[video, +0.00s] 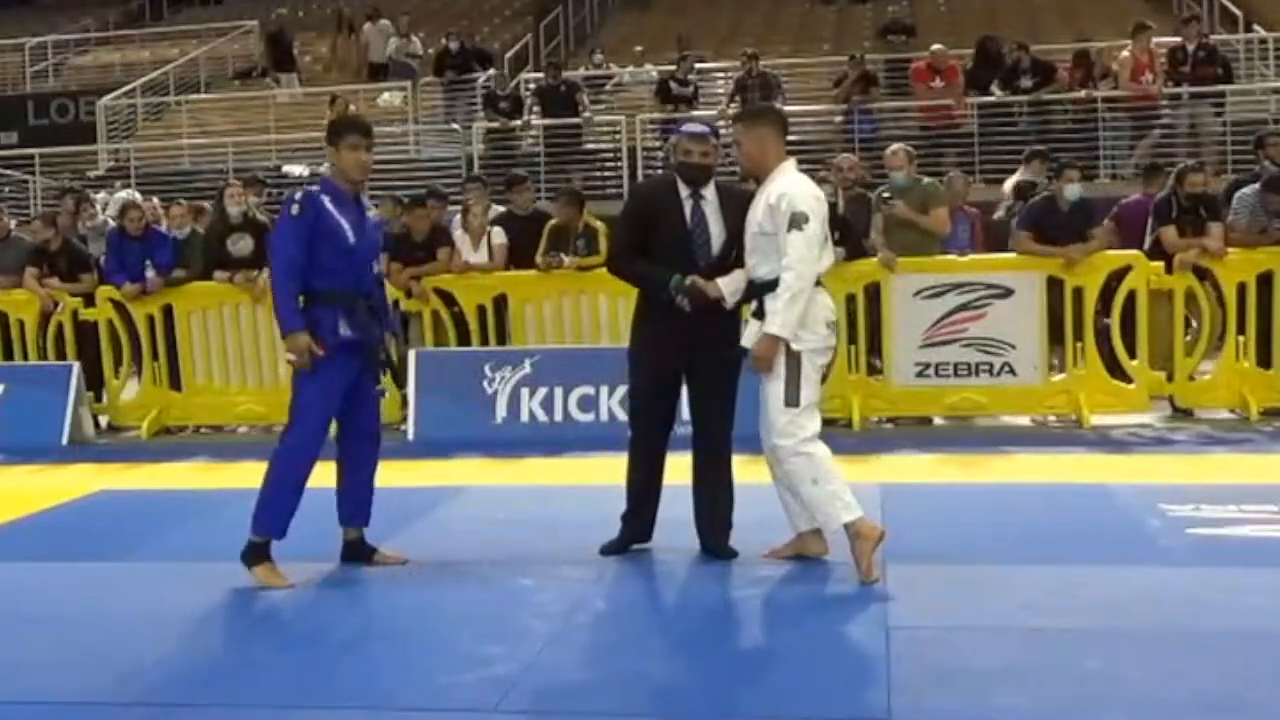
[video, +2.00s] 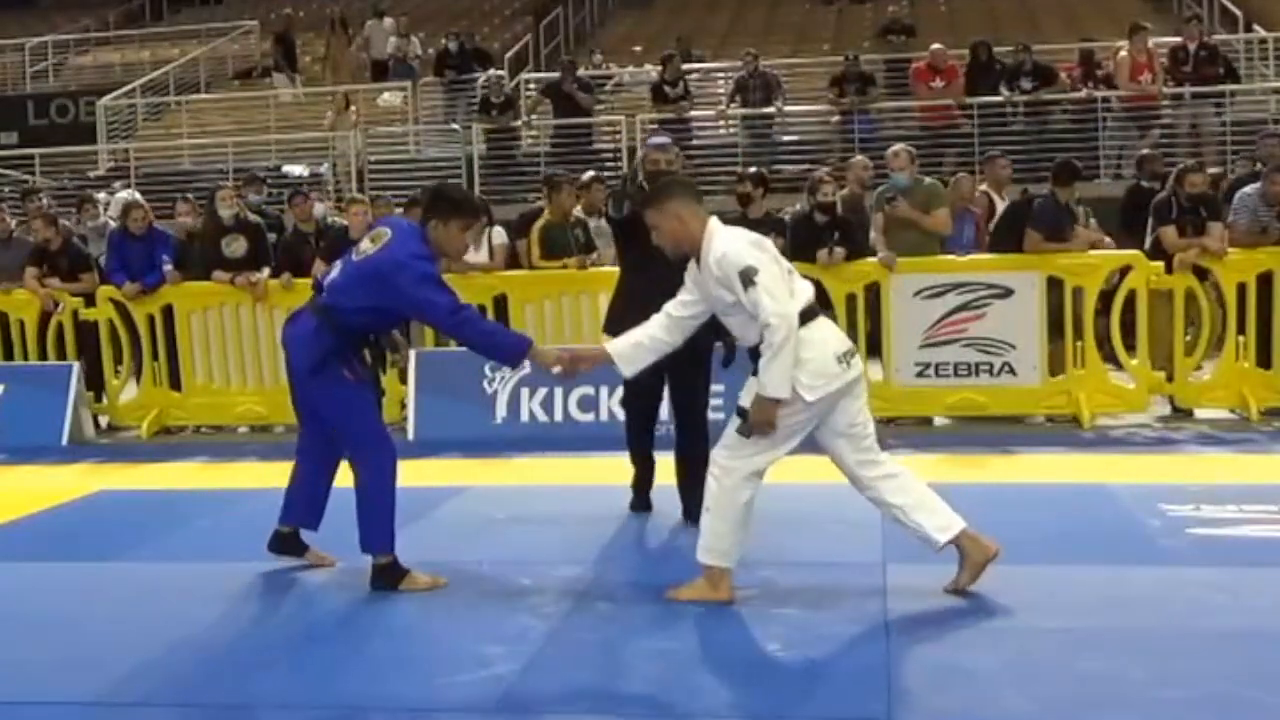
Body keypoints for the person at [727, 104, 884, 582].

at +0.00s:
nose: (738, 152)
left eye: (742, 142)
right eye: (738, 142)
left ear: (765, 141)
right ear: (769, 141)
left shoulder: (797, 193)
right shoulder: (771, 193)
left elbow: (799, 270)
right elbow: (763, 265)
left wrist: (775, 331)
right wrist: (720, 288)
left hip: (800, 317)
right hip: (776, 315)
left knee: (791, 434)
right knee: (777, 435)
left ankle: (857, 526)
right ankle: (807, 533)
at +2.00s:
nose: (657, 237)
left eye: (657, 226)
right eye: (653, 229)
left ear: (683, 215)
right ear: (684, 218)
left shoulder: (733, 248)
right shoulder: (706, 265)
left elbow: (781, 318)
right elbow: (670, 324)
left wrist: (768, 395)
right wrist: (601, 354)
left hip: (806, 364)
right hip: (833, 355)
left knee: (731, 464)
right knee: (868, 466)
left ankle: (715, 577)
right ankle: (969, 542)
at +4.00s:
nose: (948, 180)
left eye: (951, 168)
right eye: (947, 169)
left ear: (980, 164)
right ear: (997, 165)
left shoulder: (1011, 212)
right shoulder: (1045, 203)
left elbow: (1053, 274)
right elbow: (1104, 270)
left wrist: (1035, 357)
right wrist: (1085, 333)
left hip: (1066, 359)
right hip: (1096, 353)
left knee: (1029, 483)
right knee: (1074, 480)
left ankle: (1076, 625)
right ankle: (1114, 582)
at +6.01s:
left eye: (432, 289)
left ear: (434, 289)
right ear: (482, 283)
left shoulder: (411, 337)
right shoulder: (529, 321)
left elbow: (399, 444)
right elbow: (587, 412)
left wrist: (444, 473)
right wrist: (561, 457)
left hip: (470, 453)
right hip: (544, 450)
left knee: (383, 565)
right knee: (516, 519)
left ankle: (462, 663)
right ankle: (504, 631)